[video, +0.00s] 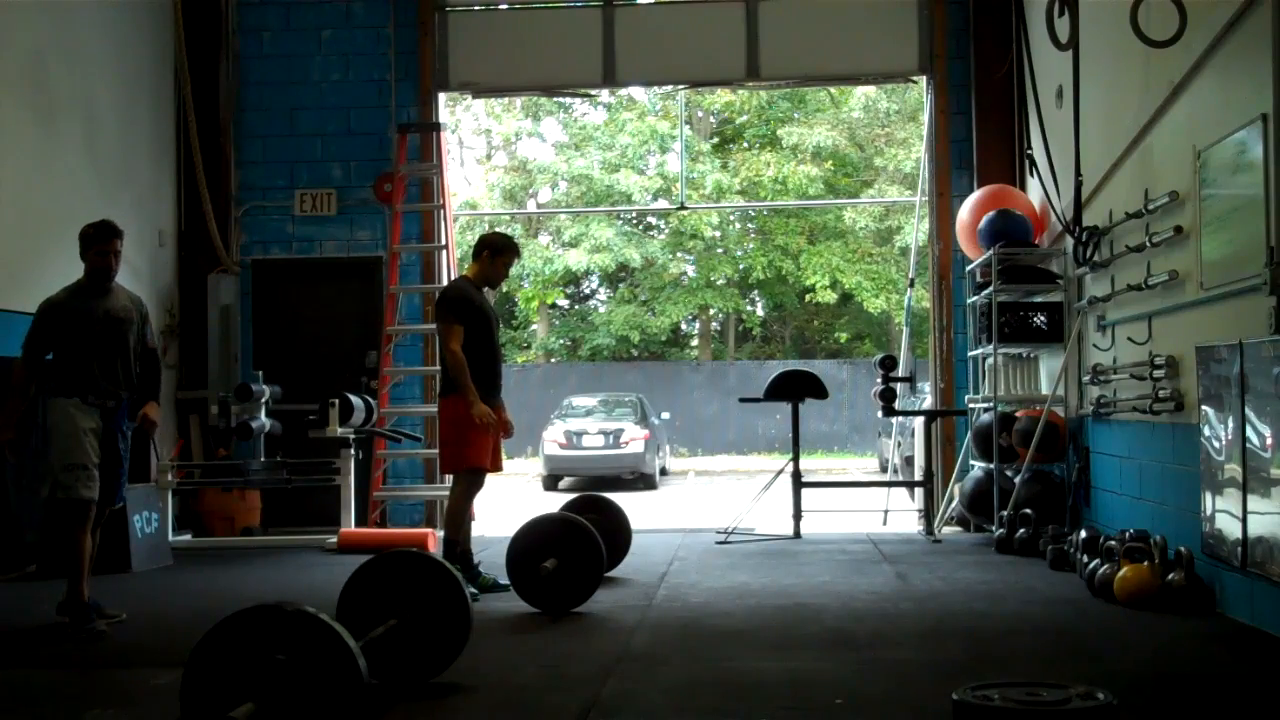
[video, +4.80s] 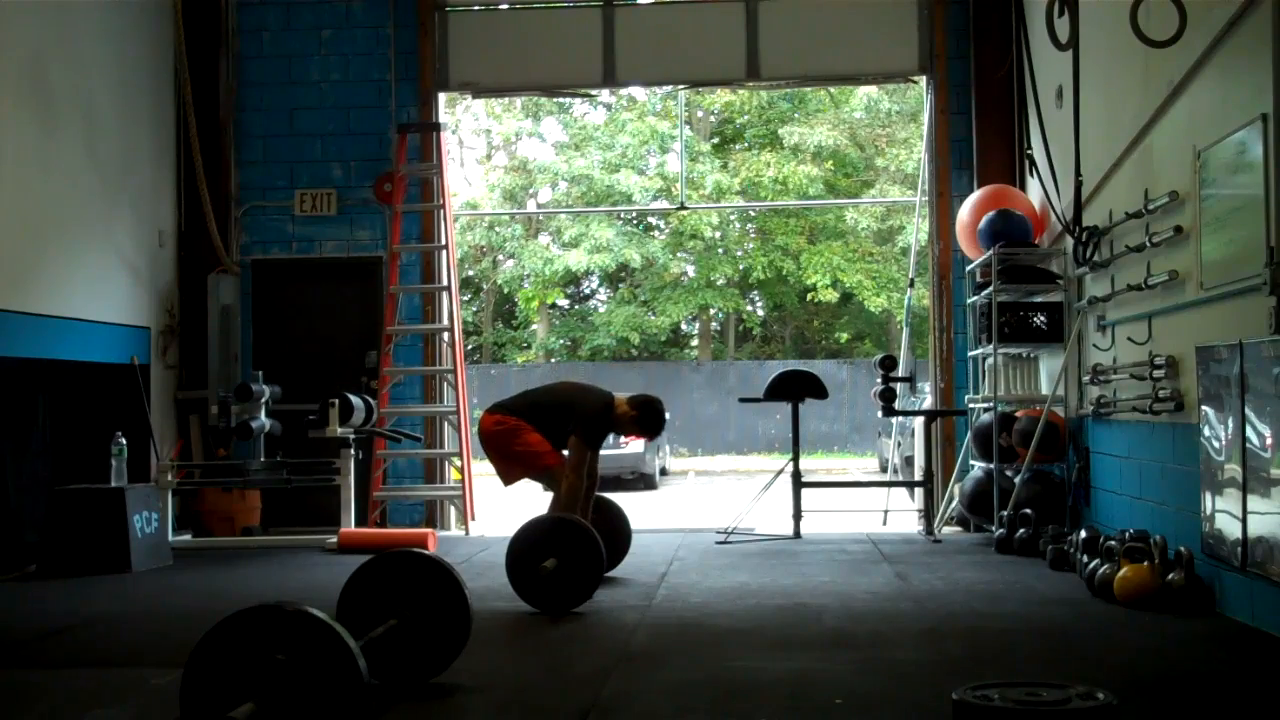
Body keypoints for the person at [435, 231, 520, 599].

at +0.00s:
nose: (507, 275)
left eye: (509, 269)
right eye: (505, 267)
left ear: (492, 261)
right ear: (486, 257)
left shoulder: (479, 298)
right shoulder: (457, 293)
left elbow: (486, 359)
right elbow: (451, 349)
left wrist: (499, 408)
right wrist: (474, 400)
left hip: (483, 404)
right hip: (463, 402)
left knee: (471, 483)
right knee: (466, 482)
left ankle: (464, 566)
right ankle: (453, 568)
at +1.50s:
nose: (520, 276)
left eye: (523, 269)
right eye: (520, 267)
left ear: (503, 258)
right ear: (502, 256)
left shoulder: (492, 294)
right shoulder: (472, 288)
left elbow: (508, 337)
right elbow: (475, 333)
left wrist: (526, 368)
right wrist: (513, 377)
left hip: (497, 401)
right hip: (474, 402)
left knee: (506, 481)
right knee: (475, 484)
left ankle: (514, 568)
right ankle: (469, 576)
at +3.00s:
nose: (573, 283)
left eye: (577, 278)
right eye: (574, 275)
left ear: (557, 260)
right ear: (558, 260)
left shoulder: (539, 296)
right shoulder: (525, 292)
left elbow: (539, 356)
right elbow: (524, 351)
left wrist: (557, 401)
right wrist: (557, 403)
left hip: (535, 401)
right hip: (524, 400)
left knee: (533, 482)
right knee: (530, 481)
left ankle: (525, 573)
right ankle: (520, 575)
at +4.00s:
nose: (614, 308)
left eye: (619, 303)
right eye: (616, 300)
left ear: (602, 282)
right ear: (604, 283)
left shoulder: (577, 312)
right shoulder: (565, 305)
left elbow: (574, 373)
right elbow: (549, 365)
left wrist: (581, 426)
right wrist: (557, 424)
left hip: (541, 399)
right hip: (525, 399)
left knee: (559, 479)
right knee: (549, 480)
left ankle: (552, 551)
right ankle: (542, 554)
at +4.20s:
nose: (625, 342)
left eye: (630, 338)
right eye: (629, 335)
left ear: (617, 314)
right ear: (621, 316)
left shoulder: (589, 336)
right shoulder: (581, 329)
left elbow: (584, 399)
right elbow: (567, 397)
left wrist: (586, 452)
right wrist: (571, 455)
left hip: (532, 404)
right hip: (515, 402)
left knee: (558, 480)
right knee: (552, 481)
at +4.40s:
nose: (627, 383)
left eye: (634, 381)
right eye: (633, 378)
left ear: (629, 355)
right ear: (630, 360)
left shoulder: (596, 364)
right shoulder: (591, 362)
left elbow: (590, 431)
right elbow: (581, 430)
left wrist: (586, 489)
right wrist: (582, 490)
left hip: (522, 410)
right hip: (509, 408)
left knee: (561, 480)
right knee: (557, 482)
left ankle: (550, 552)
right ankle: (546, 553)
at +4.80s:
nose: (627, 437)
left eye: (635, 436)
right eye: (633, 432)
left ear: (632, 409)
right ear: (632, 414)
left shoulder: (604, 413)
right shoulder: (595, 410)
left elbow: (590, 473)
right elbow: (576, 474)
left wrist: (582, 525)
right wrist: (565, 532)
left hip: (513, 424)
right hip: (503, 423)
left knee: (574, 480)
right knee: (568, 481)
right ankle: (554, 547)